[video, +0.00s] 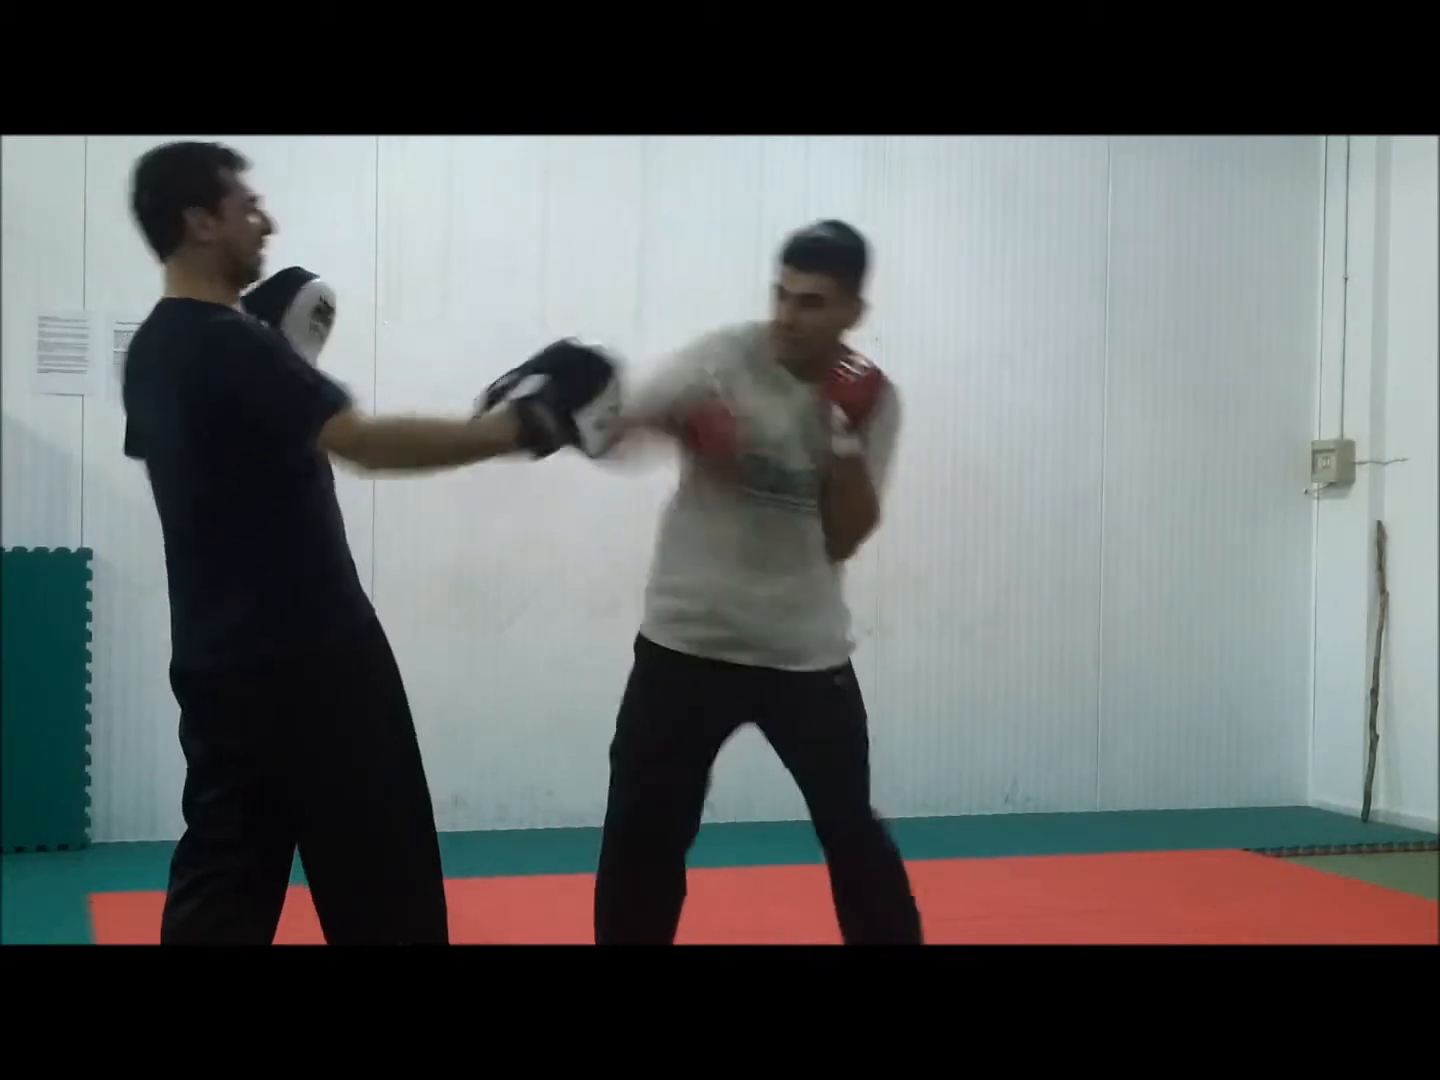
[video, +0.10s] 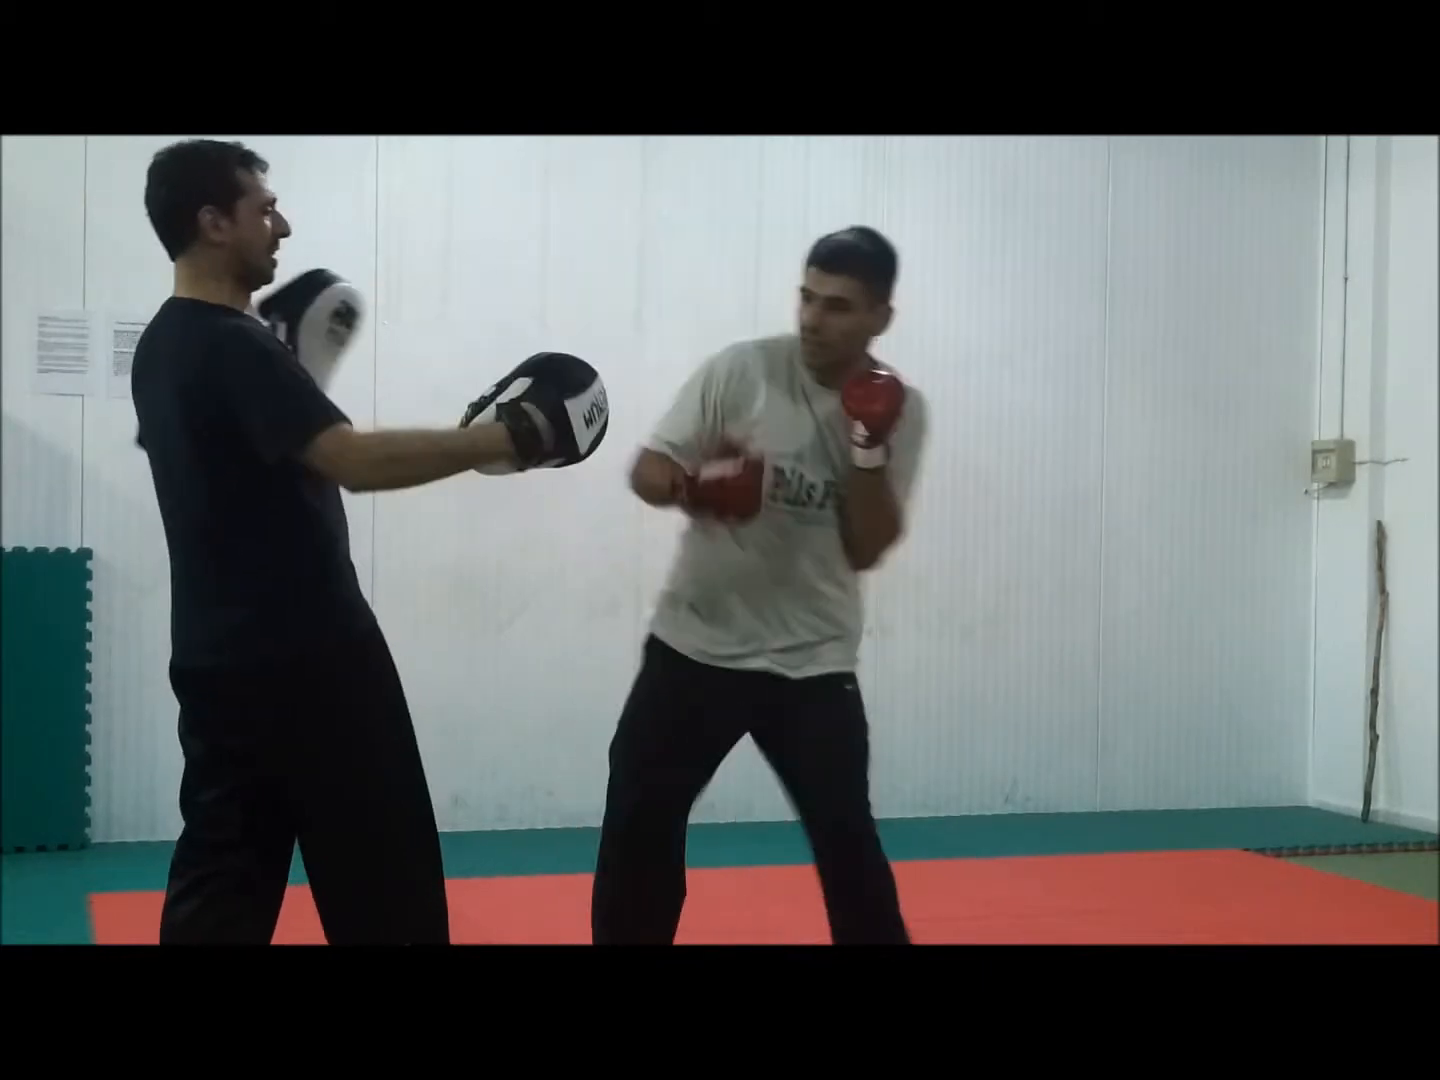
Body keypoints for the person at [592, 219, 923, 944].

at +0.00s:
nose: (789, 316)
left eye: (813, 302)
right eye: (783, 295)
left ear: (855, 310)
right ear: (773, 291)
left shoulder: (869, 399)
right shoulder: (721, 358)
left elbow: (844, 538)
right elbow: (604, 426)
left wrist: (846, 427)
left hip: (806, 659)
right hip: (687, 648)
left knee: (854, 839)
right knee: (638, 850)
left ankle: (894, 946)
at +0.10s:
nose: (813, 319)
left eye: (837, 306)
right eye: (807, 299)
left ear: (881, 318)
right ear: (797, 294)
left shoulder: (895, 411)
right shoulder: (738, 371)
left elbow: (867, 547)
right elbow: (647, 469)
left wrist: (866, 445)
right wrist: (689, 483)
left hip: (811, 661)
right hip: (695, 649)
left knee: (846, 840)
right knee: (636, 829)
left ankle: (879, 950)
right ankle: (630, 944)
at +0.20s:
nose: (815, 294)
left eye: (838, 282)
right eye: (809, 276)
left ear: (885, 294)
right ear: (801, 276)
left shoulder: (922, 400)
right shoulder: (750, 367)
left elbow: (903, 544)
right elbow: (666, 453)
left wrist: (879, 430)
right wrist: (695, 493)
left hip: (845, 675)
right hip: (723, 661)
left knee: (857, 868)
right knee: (645, 848)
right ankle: (622, 946)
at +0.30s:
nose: (802, 256)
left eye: (823, 239)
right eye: (796, 238)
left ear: (874, 248)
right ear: (788, 243)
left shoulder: (920, 359)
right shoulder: (749, 338)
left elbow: (922, 508)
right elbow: (684, 432)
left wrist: (867, 400)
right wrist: (709, 468)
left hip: (859, 655)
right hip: (741, 640)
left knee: (873, 866)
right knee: (666, 845)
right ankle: (643, 939)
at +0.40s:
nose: (778, 218)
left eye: (798, 202)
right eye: (773, 202)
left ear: (851, 211)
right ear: (770, 210)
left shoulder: (913, 323)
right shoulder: (745, 304)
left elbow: (951, 462)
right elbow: (712, 408)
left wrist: (861, 396)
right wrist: (721, 437)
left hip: (864, 603)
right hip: (752, 593)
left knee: (881, 812)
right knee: (717, 790)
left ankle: (904, 942)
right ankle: (717, 938)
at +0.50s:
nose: (765, 231)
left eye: (784, 218)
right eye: (763, 217)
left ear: (838, 226)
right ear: (766, 226)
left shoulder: (906, 335)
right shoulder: (748, 324)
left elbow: (960, 467)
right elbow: (723, 428)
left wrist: (852, 417)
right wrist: (730, 453)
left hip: (866, 605)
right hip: (759, 602)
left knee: (892, 794)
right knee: (740, 791)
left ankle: (924, 939)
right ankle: (758, 939)